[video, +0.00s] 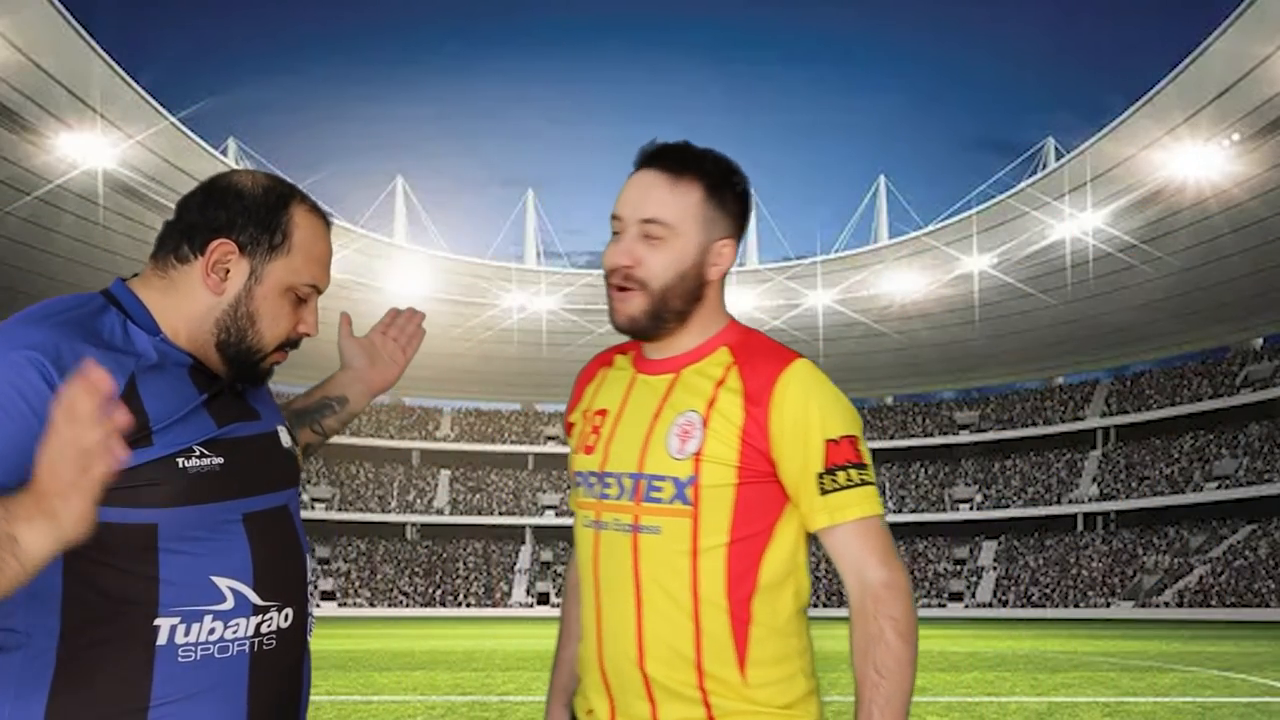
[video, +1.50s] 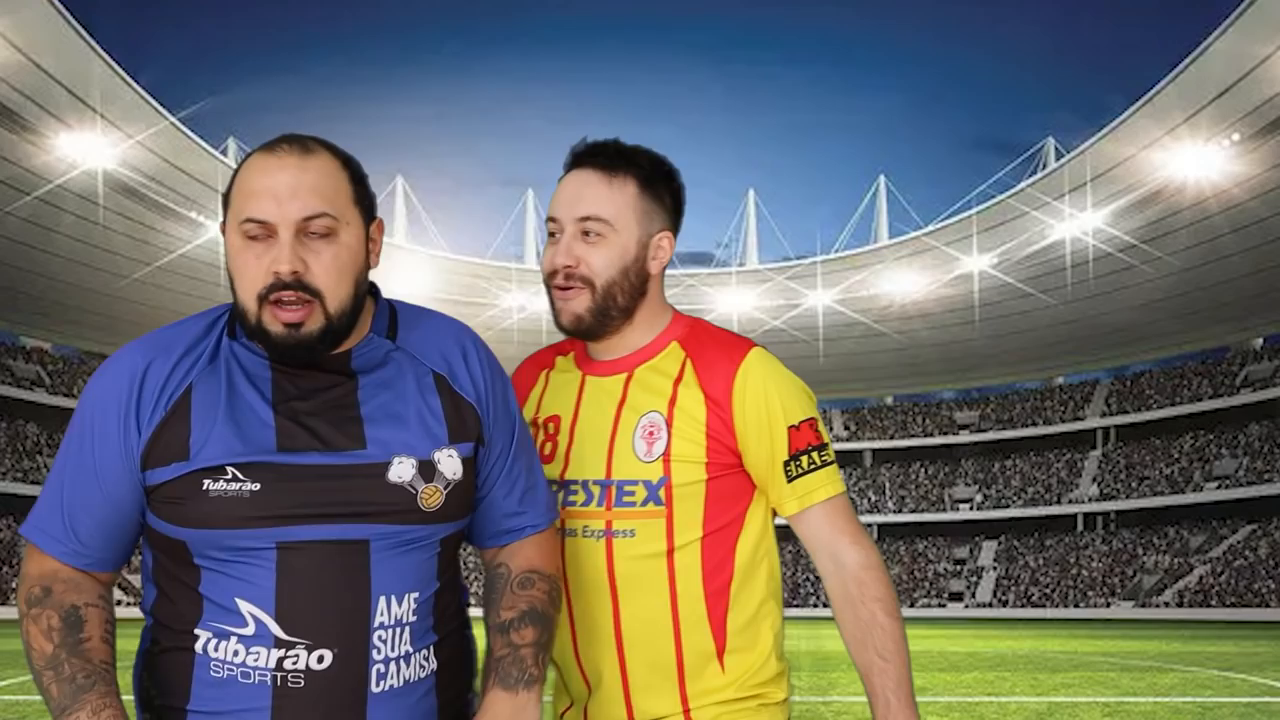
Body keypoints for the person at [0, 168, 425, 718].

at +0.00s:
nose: (309, 326)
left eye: (312, 302)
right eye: (299, 297)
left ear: (222, 272)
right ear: (221, 268)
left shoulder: (234, 375)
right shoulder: (36, 359)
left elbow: (256, 454)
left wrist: (354, 385)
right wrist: (37, 521)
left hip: (260, 704)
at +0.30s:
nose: (308, 310)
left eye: (309, 283)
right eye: (296, 278)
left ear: (212, 264)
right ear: (213, 260)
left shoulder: (226, 375)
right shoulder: (51, 354)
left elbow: (256, 446)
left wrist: (344, 367)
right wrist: (5, 434)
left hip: (259, 705)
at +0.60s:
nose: (370, 316)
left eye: (371, 289)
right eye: (359, 285)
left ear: (279, 272)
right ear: (279, 267)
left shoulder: (293, 381)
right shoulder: (120, 357)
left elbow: (320, 449)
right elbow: (8, 566)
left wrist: (404, 399)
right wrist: (56, 421)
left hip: (314, 705)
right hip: (134, 705)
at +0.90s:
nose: (457, 320)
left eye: (459, 295)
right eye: (440, 291)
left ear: (360, 276)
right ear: (356, 275)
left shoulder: (420, 384)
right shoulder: (204, 353)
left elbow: (452, 504)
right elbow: (43, 541)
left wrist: (527, 477)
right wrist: (102, 431)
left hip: (389, 709)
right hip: (211, 709)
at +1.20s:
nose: (432, 290)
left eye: (436, 261)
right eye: (403, 261)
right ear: (317, 259)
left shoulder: (460, 369)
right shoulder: (191, 366)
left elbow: (516, 496)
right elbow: (41, 526)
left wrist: (540, 552)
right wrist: (75, 532)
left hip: (417, 708)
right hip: (225, 708)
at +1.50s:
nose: (286, 260)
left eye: (317, 232)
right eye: (257, 233)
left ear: (372, 243)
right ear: (226, 244)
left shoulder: (453, 364)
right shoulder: (140, 384)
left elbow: (520, 536)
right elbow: (61, 574)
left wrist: (510, 698)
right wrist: (96, 711)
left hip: (416, 708)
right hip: (205, 708)